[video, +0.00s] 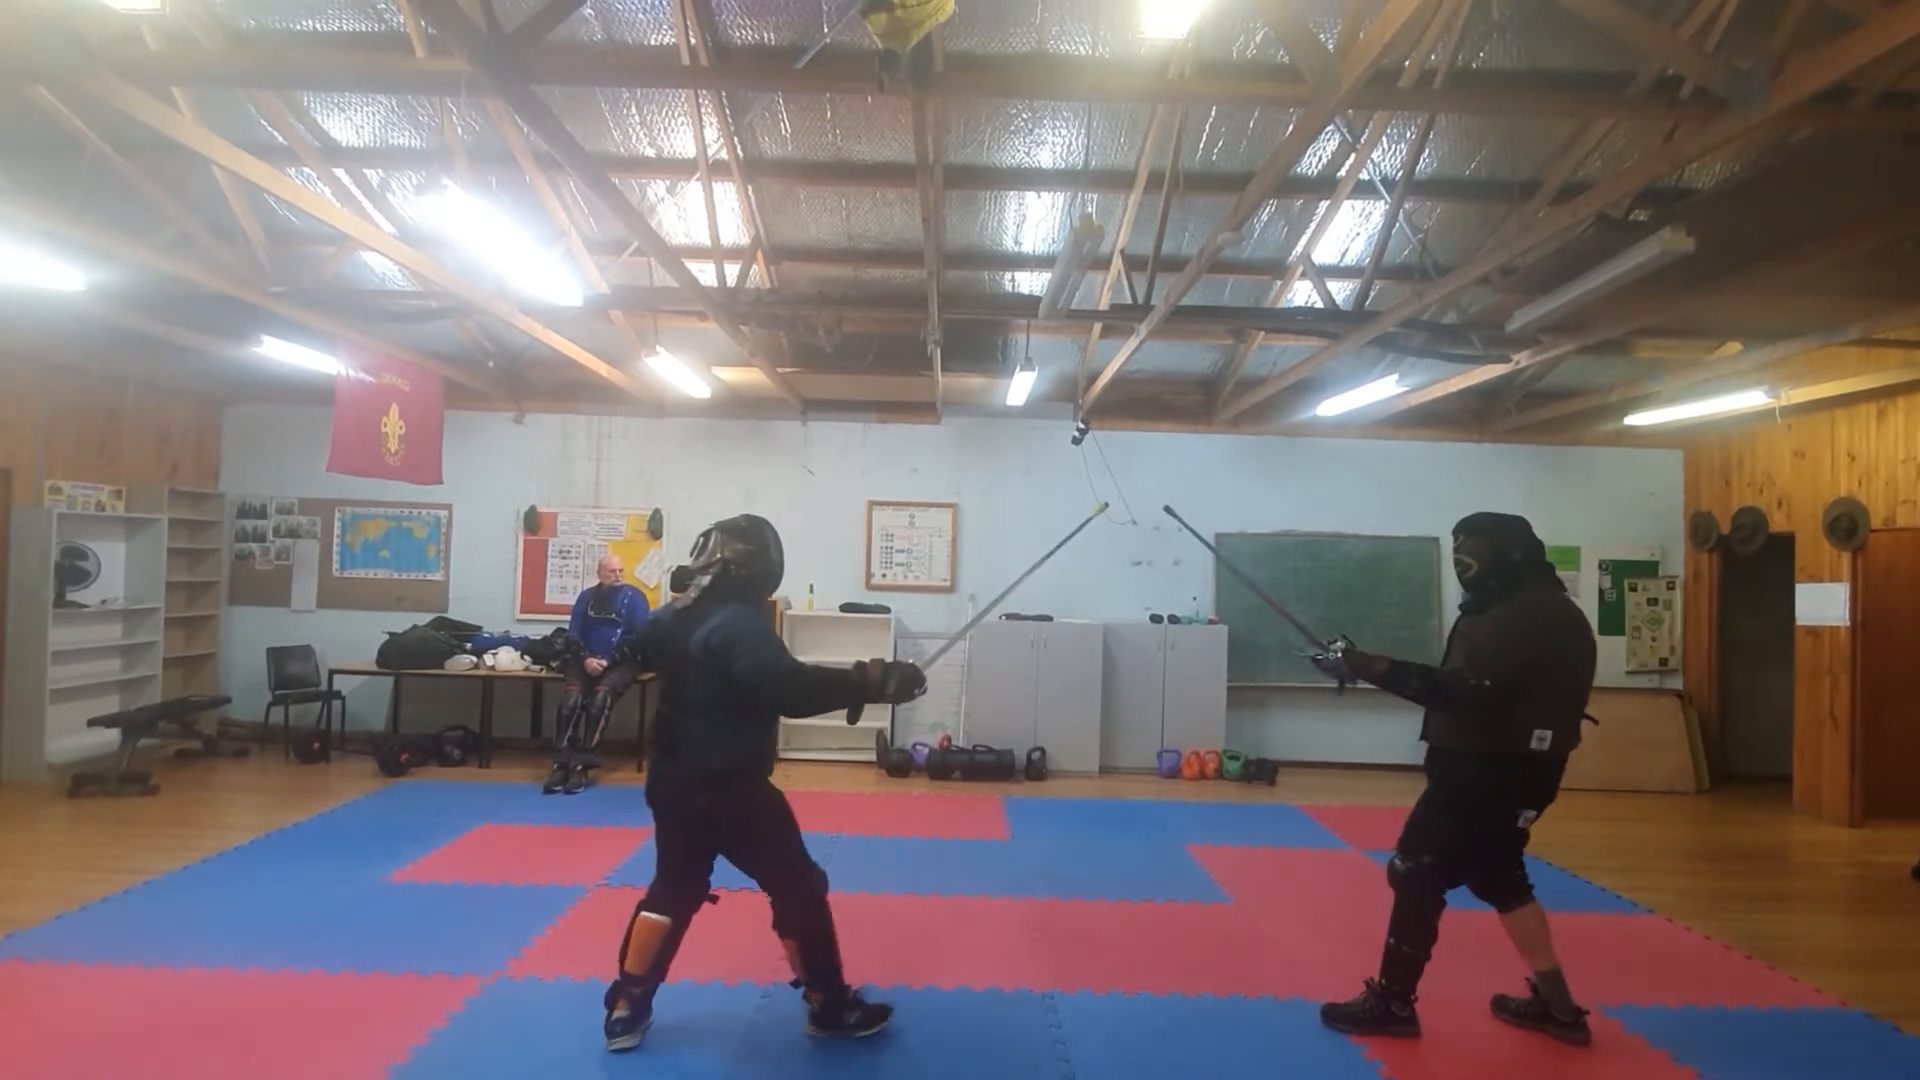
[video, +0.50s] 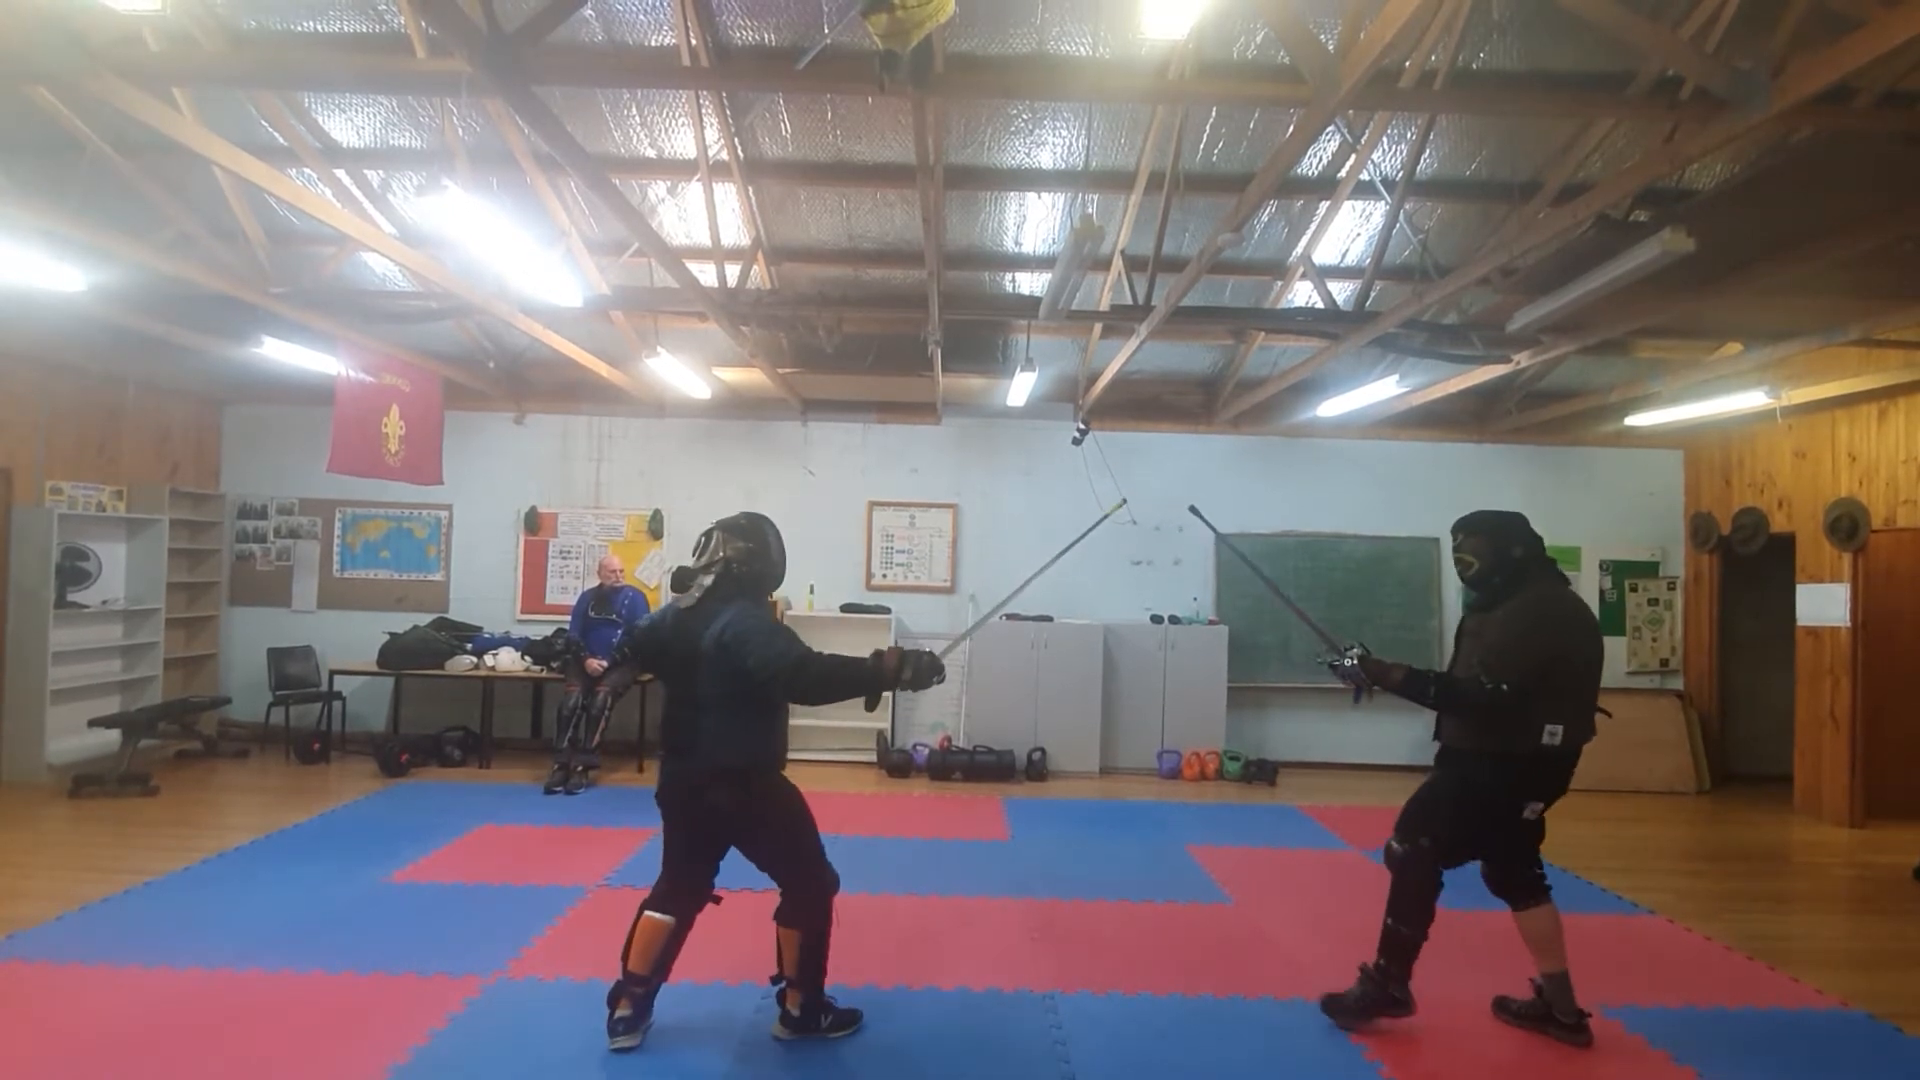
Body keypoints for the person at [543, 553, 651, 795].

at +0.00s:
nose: (617, 576)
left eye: (621, 571)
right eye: (612, 572)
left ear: (624, 572)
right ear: (599, 573)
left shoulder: (634, 597)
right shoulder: (586, 597)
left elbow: (638, 636)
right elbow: (573, 634)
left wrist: (608, 660)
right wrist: (585, 658)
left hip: (619, 661)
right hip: (585, 659)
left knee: (601, 695)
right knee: (572, 695)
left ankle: (581, 767)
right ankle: (560, 765)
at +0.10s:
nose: (617, 576)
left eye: (620, 571)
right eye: (612, 572)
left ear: (624, 572)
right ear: (599, 573)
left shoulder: (633, 597)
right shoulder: (586, 597)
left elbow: (636, 636)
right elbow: (573, 634)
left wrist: (608, 660)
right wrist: (585, 658)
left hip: (618, 661)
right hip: (585, 659)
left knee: (601, 696)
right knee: (572, 696)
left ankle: (581, 767)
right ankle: (560, 765)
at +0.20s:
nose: (618, 576)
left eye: (620, 571)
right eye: (612, 572)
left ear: (624, 572)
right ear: (599, 573)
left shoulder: (633, 597)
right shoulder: (586, 597)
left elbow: (635, 635)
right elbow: (573, 634)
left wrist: (608, 660)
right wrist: (585, 658)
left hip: (618, 661)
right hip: (584, 659)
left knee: (601, 696)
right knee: (572, 696)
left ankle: (581, 767)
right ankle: (560, 765)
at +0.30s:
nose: (617, 577)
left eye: (620, 572)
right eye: (612, 572)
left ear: (624, 573)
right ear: (599, 574)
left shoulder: (634, 597)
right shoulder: (586, 597)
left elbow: (636, 637)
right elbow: (573, 635)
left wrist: (608, 661)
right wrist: (585, 659)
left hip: (619, 662)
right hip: (585, 659)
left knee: (601, 697)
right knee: (572, 697)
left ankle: (582, 768)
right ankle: (560, 765)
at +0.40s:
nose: (618, 576)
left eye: (621, 572)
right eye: (612, 572)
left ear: (624, 573)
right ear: (599, 574)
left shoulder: (634, 597)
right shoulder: (586, 597)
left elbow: (637, 637)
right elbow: (573, 635)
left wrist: (609, 661)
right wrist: (585, 659)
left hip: (619, 662)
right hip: (585, 660)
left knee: (601, 697)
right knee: (572, 696)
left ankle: (582, 768)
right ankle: (560, 765)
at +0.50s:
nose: (618, 577)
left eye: (621, 572)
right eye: (612, 572)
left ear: (624, 573)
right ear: (599, 573)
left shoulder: (634, 598)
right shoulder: (587, 597)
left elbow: (638, 637)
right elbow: (574, 635)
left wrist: (609, 661)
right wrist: (585, 659)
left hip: (619, 662)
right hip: (585, 659)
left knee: (601, 697)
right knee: (572, 696)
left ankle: (582, 768)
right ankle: (560, 765)